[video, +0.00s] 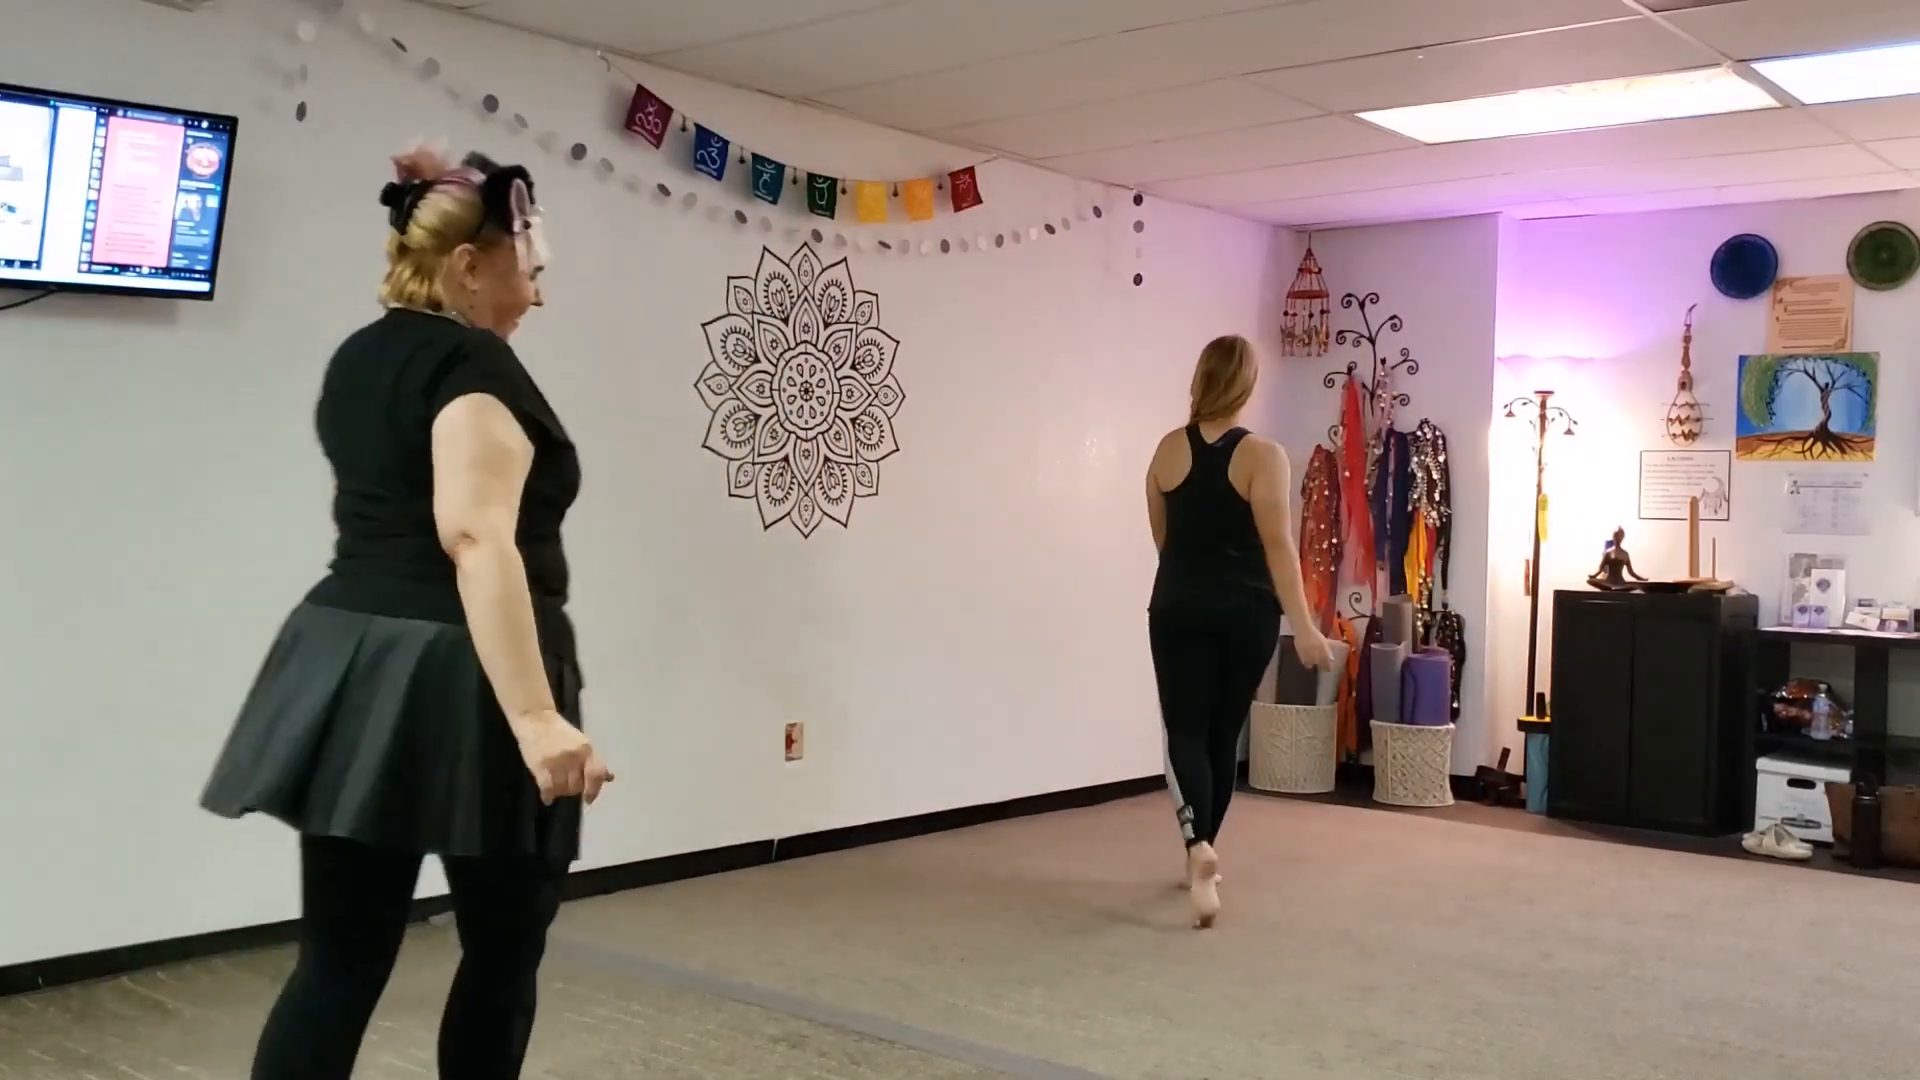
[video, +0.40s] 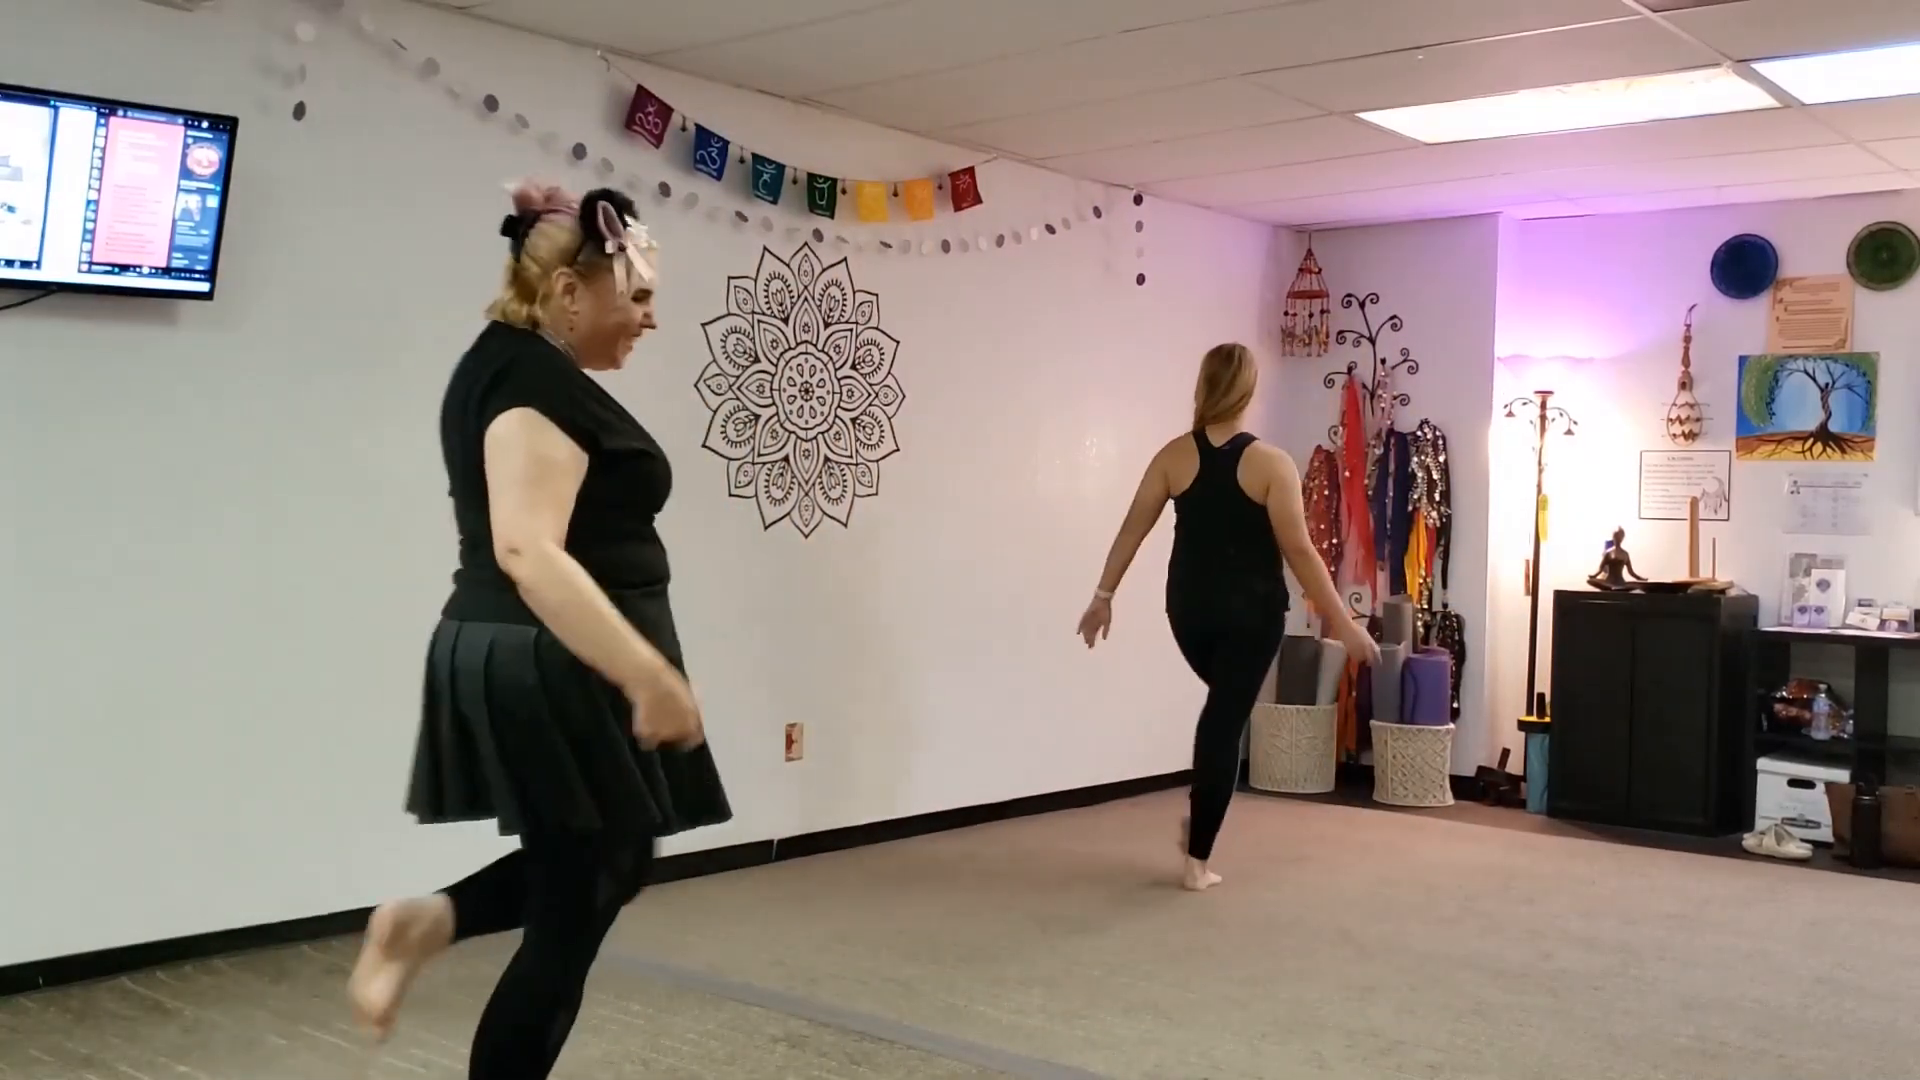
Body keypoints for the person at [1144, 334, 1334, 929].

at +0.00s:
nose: (1253, 387)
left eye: (1241, 375)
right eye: (1254, 379)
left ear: (1199, 379)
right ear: (1249, 385)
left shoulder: (1168, 450)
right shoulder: (1264, 455)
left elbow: (1161, 537)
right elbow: (1277, 546)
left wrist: (1190, 582)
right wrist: (1305, 628)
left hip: (1177, 606)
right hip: (1248, 611)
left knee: (1184, 729)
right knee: (1223, 732)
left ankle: (1200, 844)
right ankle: (1203, 860)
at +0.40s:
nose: (1252, 395)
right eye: (1253, 388)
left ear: (1202, 388)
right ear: (1251, 393)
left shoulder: (1172, 458)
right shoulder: (1272, 465)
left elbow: (1133, 528)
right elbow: (1299, 552)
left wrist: (1103, 594)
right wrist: (1345, 624)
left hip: (1186, 613)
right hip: (1252, 617)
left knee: (1230, 705)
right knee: (1220, 727)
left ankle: (1198, 817)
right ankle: (1196, 861)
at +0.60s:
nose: (1257, 395)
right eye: (1260, 387)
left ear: (1212, 394)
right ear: (1260, 396)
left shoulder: (1188, 459)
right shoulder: (1290, 465)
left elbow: (1146, 527)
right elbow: (1316, 551)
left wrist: (1104, 586)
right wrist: (1349, 619)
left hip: (1196, 609)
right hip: (1256, 613)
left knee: (1248, 706)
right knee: (1226, 726)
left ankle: (1279, 819)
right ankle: (1198, 858)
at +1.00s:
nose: (1307, 402)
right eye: (1304, 395)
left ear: (1255, 401)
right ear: (1300, 401)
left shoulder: (1237, 468)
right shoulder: (1334, 455)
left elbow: (1207, 545)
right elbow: (1354, 540)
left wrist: (1167, 600)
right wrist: (1363, 608)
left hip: (1249, 601)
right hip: (1307, 603)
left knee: (1277, 713)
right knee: (1272, 716)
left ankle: (1291, 834)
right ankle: (1217, 824)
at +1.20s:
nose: (1331, 404)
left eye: (1328, 396)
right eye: (1328, 397)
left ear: (1280, 403)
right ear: (1320, 401)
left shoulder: (1262, 470)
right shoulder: (1342, 448)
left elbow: (1248, 544)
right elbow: (1366, 528)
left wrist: (1237, 594)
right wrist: (1385, 597)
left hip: (1273, 602)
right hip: (1323, 600)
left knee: (1295, 711)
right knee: (1348, 715)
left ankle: (1296, 836)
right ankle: (1256, 784)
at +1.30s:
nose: (1345, 407)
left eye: (1345, 399)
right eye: (1343, 399)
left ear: (1296, 402)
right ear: (1328, 401)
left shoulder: (1277, 464)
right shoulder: (1337, 444)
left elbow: (1274, 542)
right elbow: (1355, 523)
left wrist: (1280, 588)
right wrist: (1389, 591)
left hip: (1281, 596)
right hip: (1326, 596)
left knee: (1306, 708)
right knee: (1376, 704)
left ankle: (1297, 836)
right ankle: (1283, 772)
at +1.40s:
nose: (1361, 400)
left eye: (1360, 392)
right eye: (1356, 393)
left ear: (1320, 399)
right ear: (1333, 398)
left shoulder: (1305, 448)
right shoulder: (1329, 444)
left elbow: (1317, 530)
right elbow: (1341, 525)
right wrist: (1388, 591)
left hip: (1296, 592)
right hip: (1327, 593)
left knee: (1312, 707)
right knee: (1396, 691)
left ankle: (1298, 837)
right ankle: (1318, 777)